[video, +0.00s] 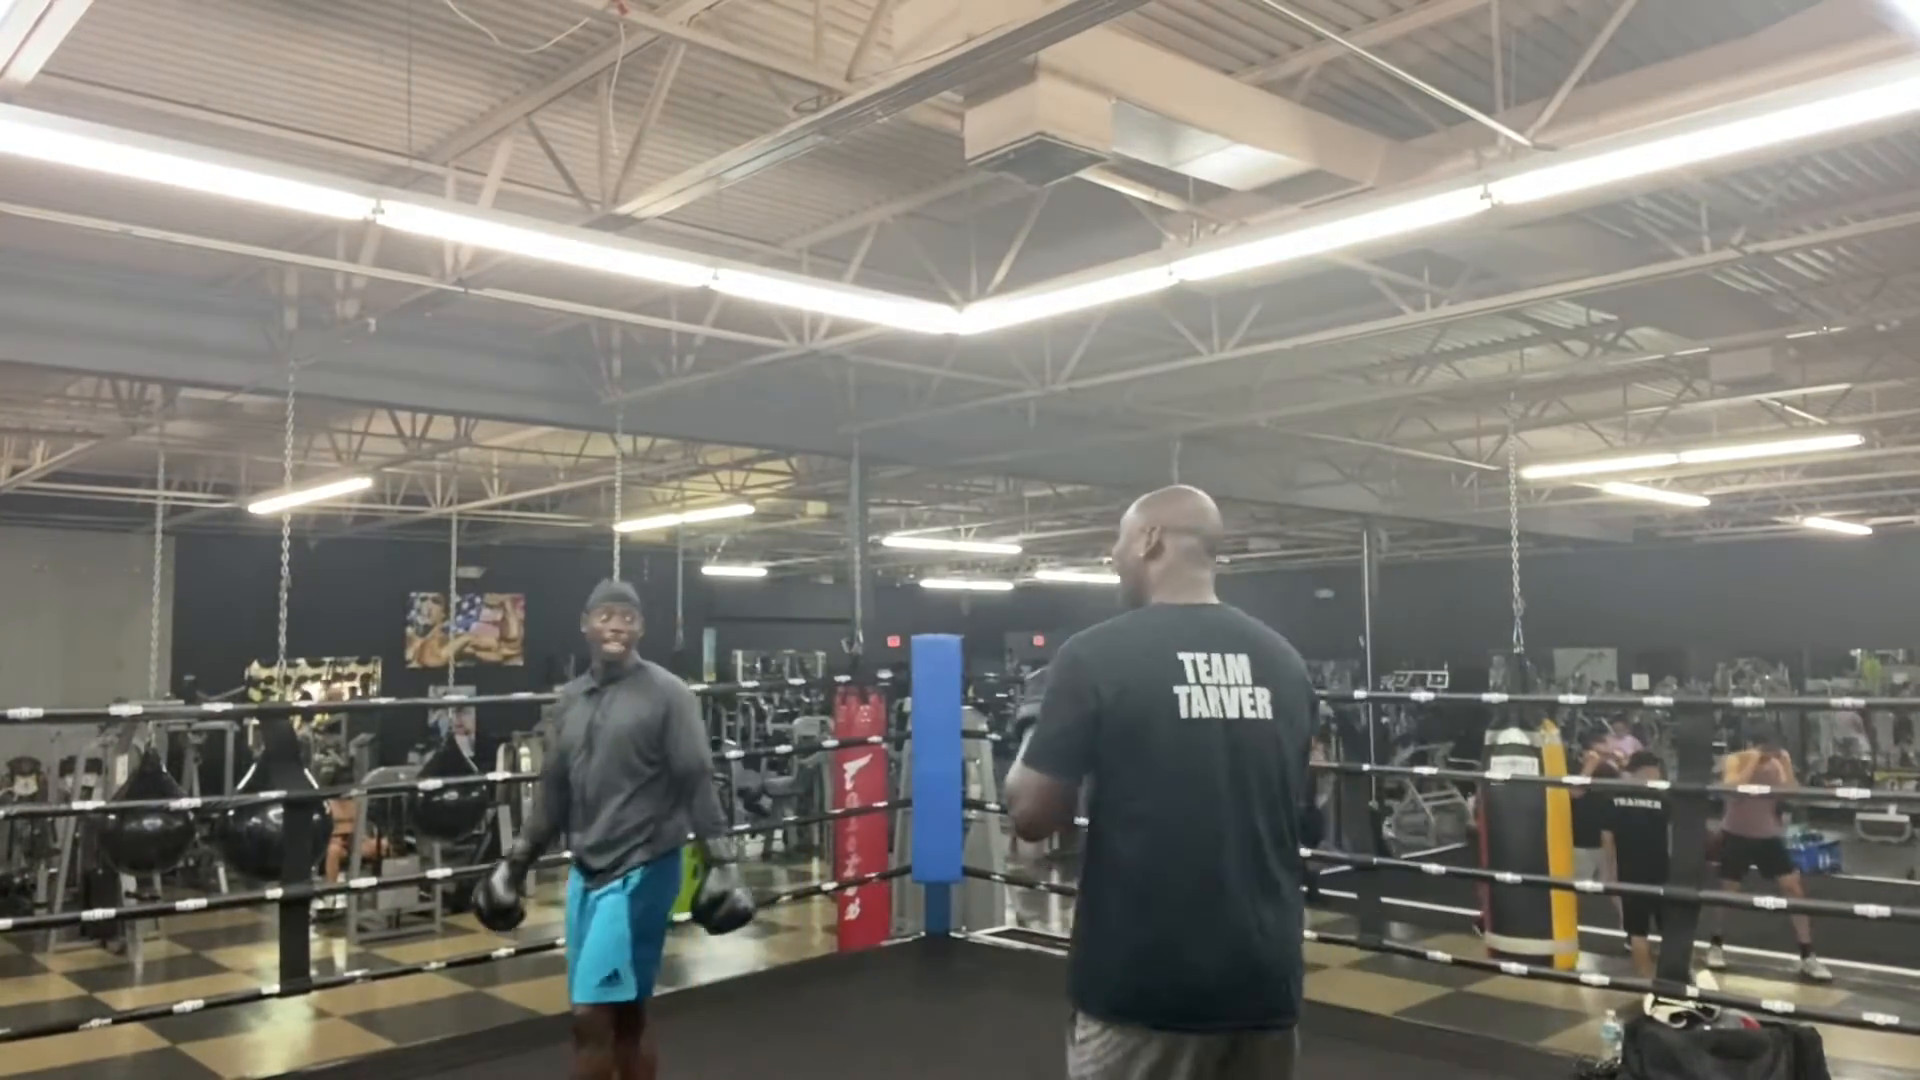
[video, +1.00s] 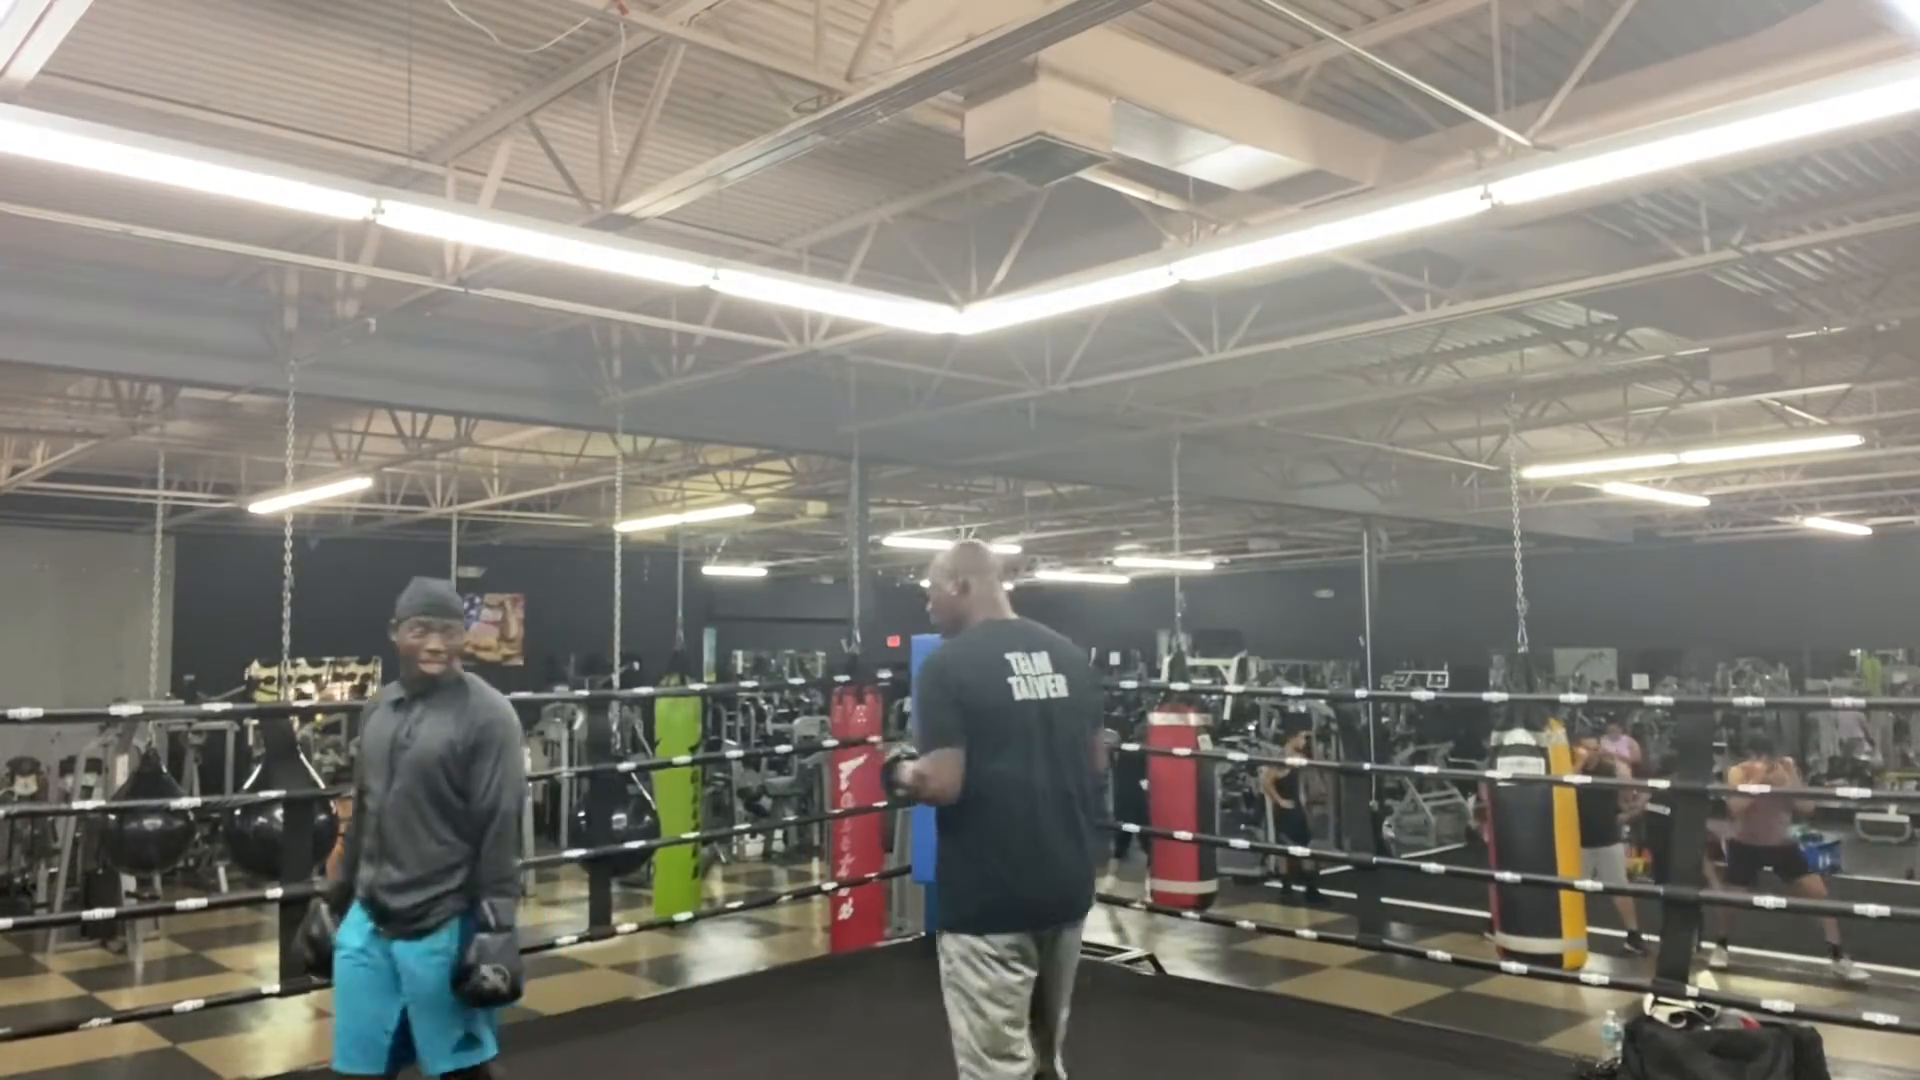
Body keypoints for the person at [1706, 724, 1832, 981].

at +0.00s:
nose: (1766, 759)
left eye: (1770, 756)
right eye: (1762, 754)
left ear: (1776, 756)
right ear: (1751, 750)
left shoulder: (1775, 767)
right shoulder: (1735, 762)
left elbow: (1790, 792)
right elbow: (1730, 786)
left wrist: (1785, 767)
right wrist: (1750, 765)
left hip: (1769, 838)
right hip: (1736, 836)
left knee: (1794, 890)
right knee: (1728, 893)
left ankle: (1807, 955)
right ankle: (1716, 945)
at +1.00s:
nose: (1763, 760)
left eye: (1767, 754)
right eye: (1757, 754)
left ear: (1774, 752)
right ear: (1748, 753)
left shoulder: (1786, 768)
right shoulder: (1738, 773)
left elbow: (1806, 806)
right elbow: (1735, 807)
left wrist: (1785, 782)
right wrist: (1757, 782)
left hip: (1782, 847)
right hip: (1744, 847)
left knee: (1819, 894)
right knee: (1733, 898)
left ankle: (1838, 957)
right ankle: (1721, 946)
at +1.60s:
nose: (1872, 784)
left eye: (1872, 780)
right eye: (1870, 779)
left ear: (1847, 772)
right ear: (1858, 775)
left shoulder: (1817, 784)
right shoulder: (1847, 785)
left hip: (1824, 862)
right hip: (1802, 861)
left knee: (1865, 902)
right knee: (1823, 927)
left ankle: (1873, 967)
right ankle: (1766, 948)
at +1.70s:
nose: (1873, 779)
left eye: (1873, 775)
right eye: (1870, 774)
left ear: (1853, 766)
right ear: (1862, 769)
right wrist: (1903, 789)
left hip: (1828, 859)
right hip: (1802, 856)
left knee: (1867, 901)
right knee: (1819, 925)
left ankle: (1873, 968)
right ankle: (1769, 949)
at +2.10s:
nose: (1844, 776)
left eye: (1849, 771)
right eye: (1839, 770)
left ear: (1853, 770)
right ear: (1827, 767)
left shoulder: (1855, 780)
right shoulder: (1807, 779)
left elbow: (1868, 817)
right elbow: (1810, 817)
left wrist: (1854, 792)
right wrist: (1829, 789)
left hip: (1842, 856)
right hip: (1802, 855)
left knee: (1867, 903)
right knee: (1784, 903)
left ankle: (1874, 966)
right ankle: (1782, 957)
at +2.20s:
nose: (1834, 777)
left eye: (1838, 773)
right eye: (1830, 772)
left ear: (1844, 773)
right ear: (1820, 771)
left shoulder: (1849, 791)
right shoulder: (1801, 788)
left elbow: (1860, 831)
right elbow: (1789, 826)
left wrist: (1846, 802)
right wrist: (1812, 798)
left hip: (1842, 859)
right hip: (1802, 858)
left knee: (1866, 905)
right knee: (1788, 905)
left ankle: (1876, 967)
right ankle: (1782, 957)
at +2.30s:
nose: (1844, 780)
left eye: (1849, 776)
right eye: (1840, 775)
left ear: (1854, 775)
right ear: (1831, 771)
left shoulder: (1852, 789)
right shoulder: (1813, 785)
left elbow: (1850, 814)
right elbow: (1793, 815)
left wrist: (1857, 833)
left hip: (1845, 860)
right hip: (1810, 861)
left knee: (1868, 911)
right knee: (1790, 906)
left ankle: (1877, 967)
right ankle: (1782, 955)